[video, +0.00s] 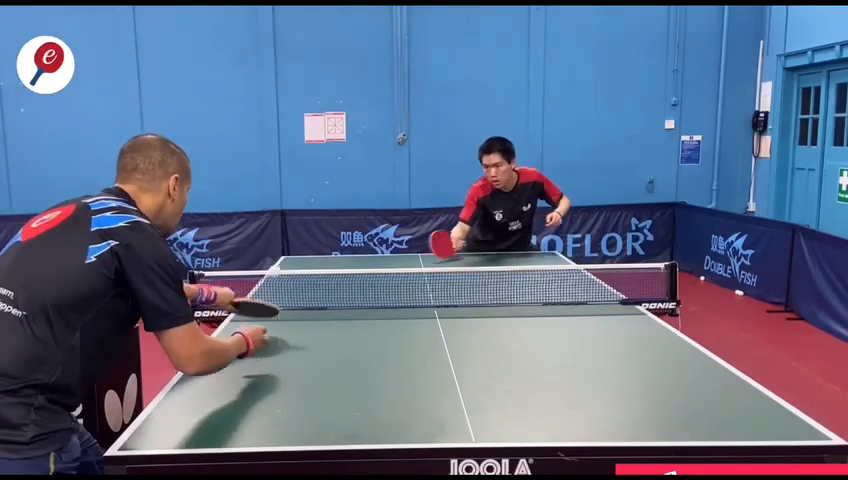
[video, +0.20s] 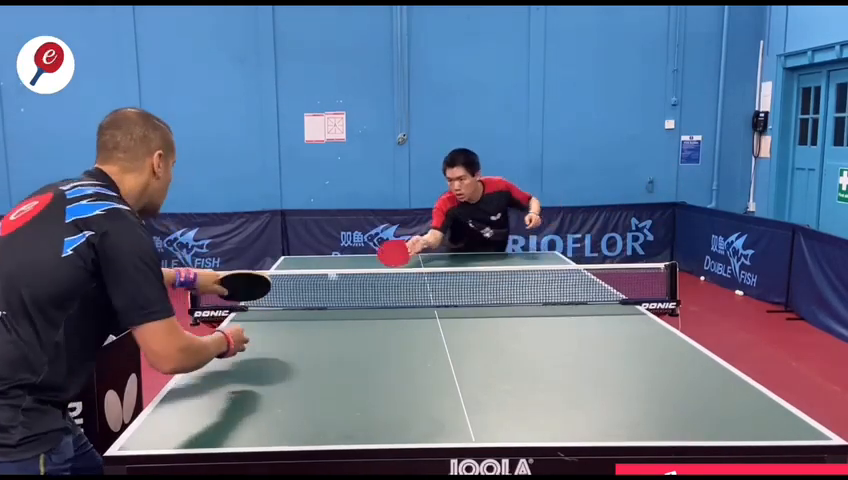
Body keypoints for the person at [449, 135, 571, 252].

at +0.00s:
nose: (492, 174)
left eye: (498, 166)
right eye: (487, 168)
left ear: (512, 163)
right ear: (483, 168)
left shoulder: (533, 179)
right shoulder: (479, 191)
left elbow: (564, 201)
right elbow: (463, 226)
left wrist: (558, 213)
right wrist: (456, 239)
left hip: (520, 253)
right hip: (481, 255)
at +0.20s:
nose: (456, 187)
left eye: (462, 179)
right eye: (451, 181)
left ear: (477, 176)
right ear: (446, 180)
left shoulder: (501, 188)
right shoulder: (446, 203)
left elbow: (532, 201)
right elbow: (437, 236)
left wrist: (534, 213)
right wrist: (423, 242)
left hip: (495, 264)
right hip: (459, 266)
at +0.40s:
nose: (426, 191)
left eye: (432, 183)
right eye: (420, 184)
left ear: (448, 179)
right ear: (416, 182)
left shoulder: (471, 187)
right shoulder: (417, 207)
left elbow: (495, 200)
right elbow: (412, 248)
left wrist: (506, 213)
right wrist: (404, 238)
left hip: (469, 265)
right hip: (434, 268)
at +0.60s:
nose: (426, 194)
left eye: (431, 186)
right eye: (420, 188)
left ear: (445, 182)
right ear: (415, 189)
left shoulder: (467, 191)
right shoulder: (414, 215)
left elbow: (489, 201)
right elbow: (403, 246)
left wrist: (506, 215)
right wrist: (397, 244)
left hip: (466, 263)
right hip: (432, 267)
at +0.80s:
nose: (448, 177)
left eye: (453, 168)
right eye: (441, 170)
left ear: (467, 165)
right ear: (436, 170)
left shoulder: (489, 176)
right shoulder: (431, 198)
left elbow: (515, 194)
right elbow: (410, 231)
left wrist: (523, 212)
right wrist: (415, 240)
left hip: (491, 250)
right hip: (450, 255)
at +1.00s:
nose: (481, 189)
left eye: (486, 181)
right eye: (475, 184)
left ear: (500, 178)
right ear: (471, 185)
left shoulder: (522, 194)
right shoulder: (465, 210)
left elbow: (561, 222)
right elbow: (445, 244)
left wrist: (545, 232)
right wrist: (440, 245)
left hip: (519, 272)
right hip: (479, 275)